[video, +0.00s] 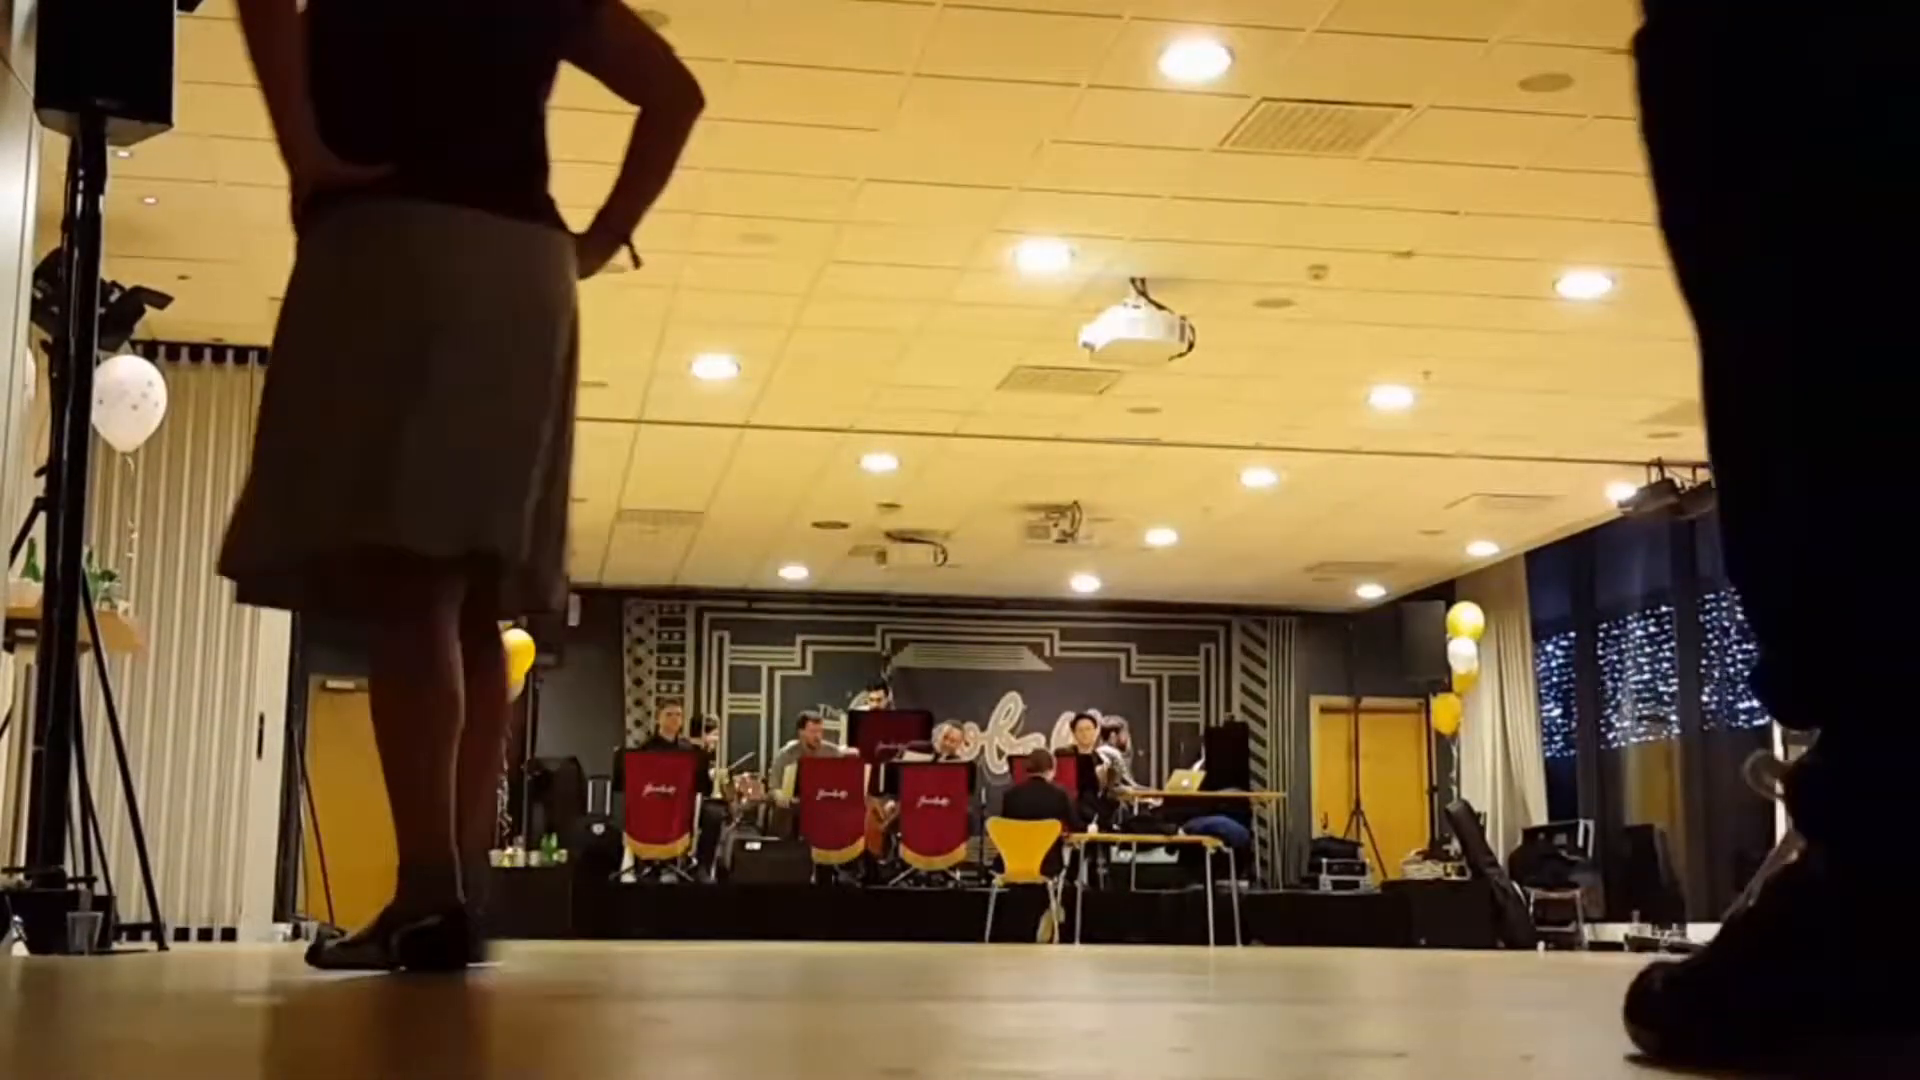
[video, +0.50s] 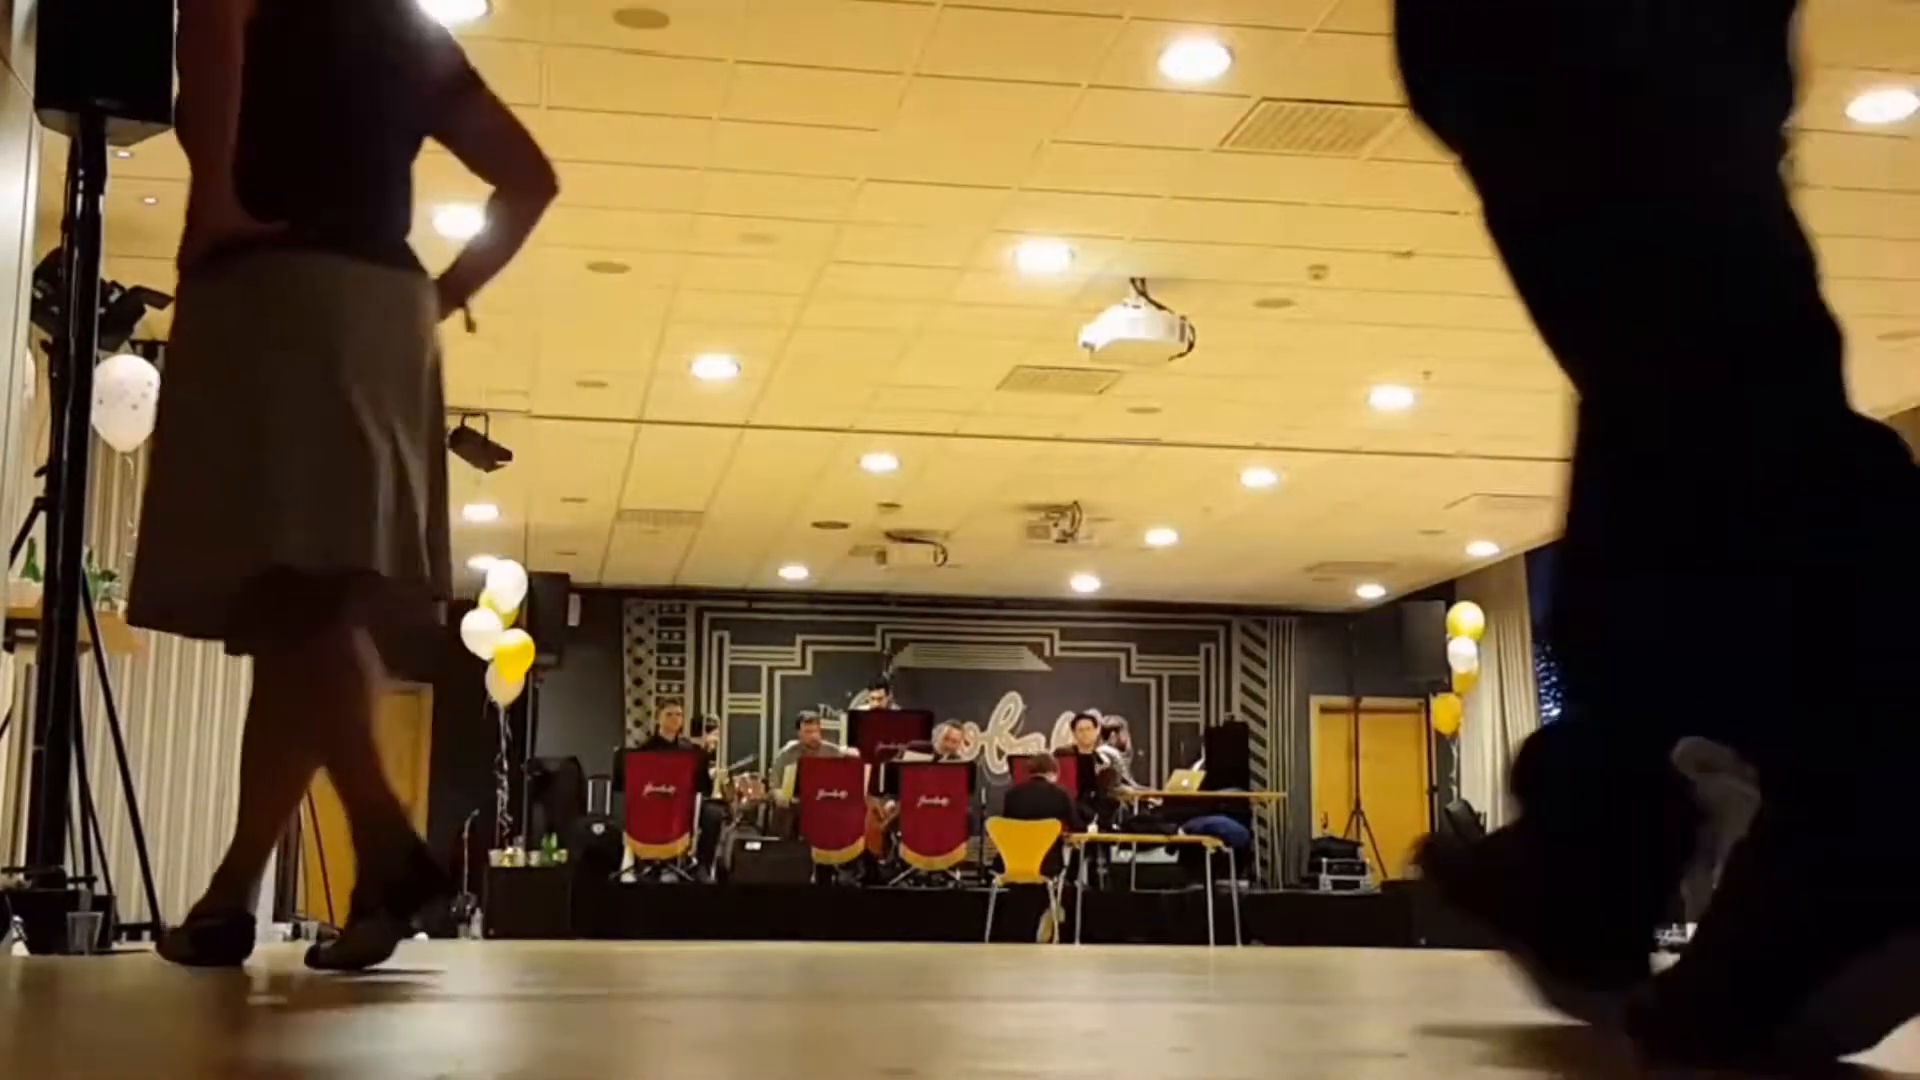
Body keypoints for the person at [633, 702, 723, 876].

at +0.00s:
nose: (674, 720)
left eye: (678, 715)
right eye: (669, 715)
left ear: (682, 720)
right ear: (658, 718)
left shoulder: (693, 751)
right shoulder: (645, 750)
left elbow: (704, 789)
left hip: (684, 807)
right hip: (652, 806)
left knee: (715, 813)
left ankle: (704, 866)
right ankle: (646, 865)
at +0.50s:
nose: (674, 719)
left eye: (678, 715)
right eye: (669, 714)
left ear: (683, 719)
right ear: (658, 718)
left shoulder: (693, 751)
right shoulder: (645, 750)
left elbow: (704, 789)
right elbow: (634, 785)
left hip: (684, 806)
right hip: (653, 806)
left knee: (714, 813)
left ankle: (704, 866)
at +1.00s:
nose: (673, 719)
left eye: (677, 715)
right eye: (669, 714)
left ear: (682, 720)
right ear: (658, 718)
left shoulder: (692, 751)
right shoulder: (646, 750)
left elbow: (704, 788)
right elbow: (636, 783)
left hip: (683, 806)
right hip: (653, 805)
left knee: (714, 814)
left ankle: (703, 866)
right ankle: (647, 866)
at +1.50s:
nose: (674, 720)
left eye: (678, 715)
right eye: (669, 715)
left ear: (682, 720)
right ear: (659, 718)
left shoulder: (693, 751)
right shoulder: (645, 750)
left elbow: (704, 788)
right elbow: (636, 783)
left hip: (684, 806)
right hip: (652, 805)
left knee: (714, 814)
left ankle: (704, 867)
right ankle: (645, 867)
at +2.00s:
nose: (674, 719)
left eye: (678, 715)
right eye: (669, 714)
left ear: (682, 720)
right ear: (658, 718)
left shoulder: (695, 752)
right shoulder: (643, 751)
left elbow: (704, 789)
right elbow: (630, 785)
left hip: (683, 807)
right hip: (650, 806)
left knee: (713, 813)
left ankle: (704, 867)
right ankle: (645, 864)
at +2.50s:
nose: (673, 720)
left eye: (677, 715)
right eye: (668, 715)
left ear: (682, 720)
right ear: (658, 718)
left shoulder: (693, 751)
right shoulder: (645, 750)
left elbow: (704, 789)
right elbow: (636, 784)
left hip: (684, 807)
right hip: (652, 805)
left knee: (714, 815)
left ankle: (704, 866)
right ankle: (644, 866)